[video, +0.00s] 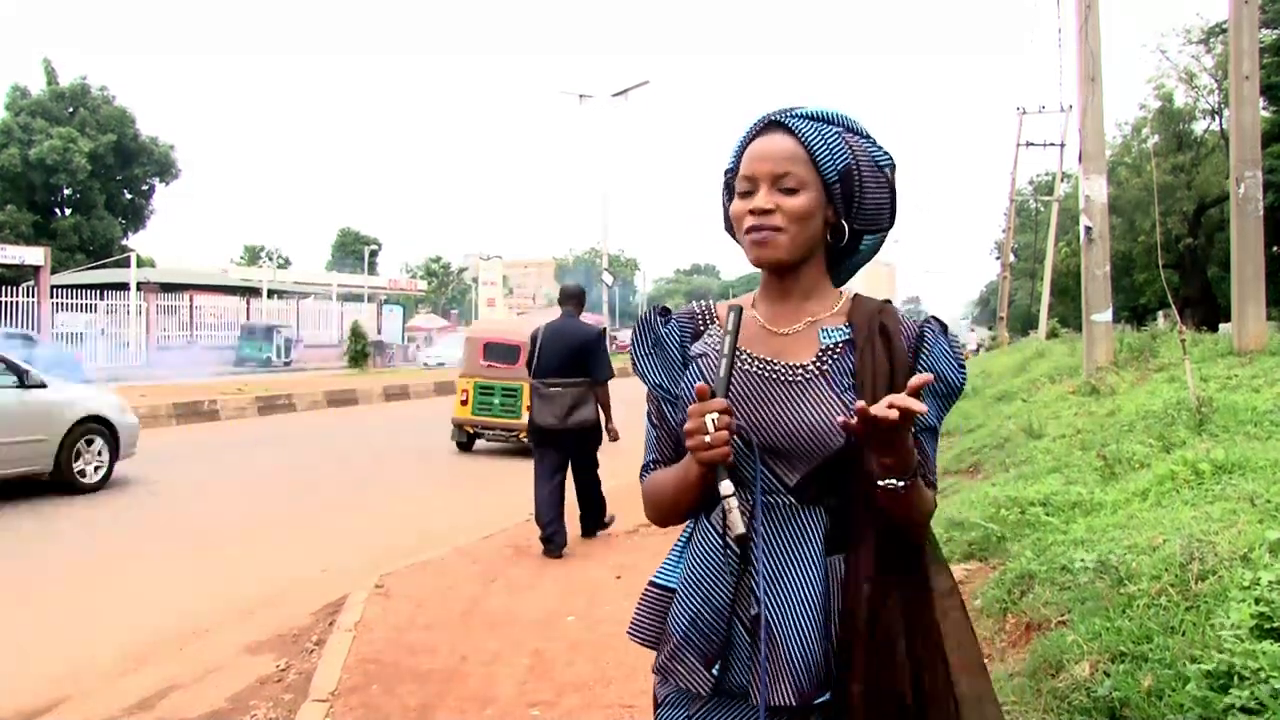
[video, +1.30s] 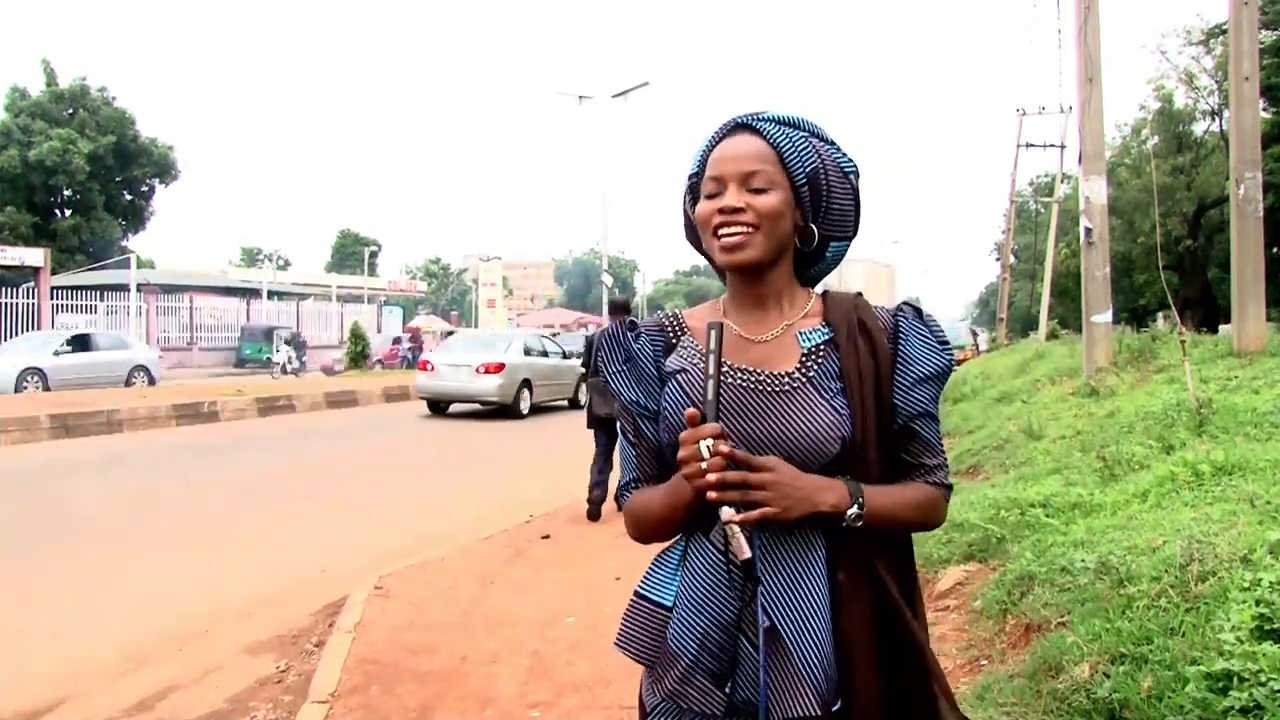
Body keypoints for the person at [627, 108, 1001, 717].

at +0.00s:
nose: (760, 204)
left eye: (787, 187)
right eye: (746, 189)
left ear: (834, 209)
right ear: (731, 209)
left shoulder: (891, 340)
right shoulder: (691, 337)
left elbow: (916, 518)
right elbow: (658, 507)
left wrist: (889, 449)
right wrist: (696, 462)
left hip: (846, 632)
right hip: (715, 626)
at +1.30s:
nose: (729, 204)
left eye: (757, 187)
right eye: (712, 190)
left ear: (802, 210)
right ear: (696, 215)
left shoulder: (878, 338)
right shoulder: (659, 349)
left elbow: (931, 500)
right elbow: (640, 521)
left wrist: (821, 493)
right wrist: (685, 485)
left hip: (841, 649)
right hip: (702, 650)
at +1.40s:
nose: (729, 205)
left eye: (758, 189)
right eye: (715, 189)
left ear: (804, 215)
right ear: (699, 211)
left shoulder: (877, 342)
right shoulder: (660, 351)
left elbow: (927, 503)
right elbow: (644, 523)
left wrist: (814, 494)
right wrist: (684, 487)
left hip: (841, 647)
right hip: (704, 649)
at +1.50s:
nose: (733, 206)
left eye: (762, 191)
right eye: (720, 190)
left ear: (809, 217)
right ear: (705, 208)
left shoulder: (877, 342)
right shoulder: (666, 349)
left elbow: (926, 504)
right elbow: (645, 521)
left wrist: (813, 494)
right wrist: (685, 486)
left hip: (847, 651)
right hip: (709, 654)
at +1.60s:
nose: (738, 205)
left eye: (768, 190)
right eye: (727, 189)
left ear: (814, 218)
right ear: (709, 208)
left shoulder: (883, 342)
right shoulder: (672, 349)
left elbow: (933, 506)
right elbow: (649, 521)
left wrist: (817, 493)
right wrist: (689, 485)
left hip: (847, 651)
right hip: (711, 652)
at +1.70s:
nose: (747, 204)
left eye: (777, 190)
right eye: (736, 187)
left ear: (823, 218)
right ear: (720, 205)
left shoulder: (892, 343)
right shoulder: (677, 348)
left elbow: (941, 506)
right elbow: (656, 519)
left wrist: (827, 489)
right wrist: (698, 483)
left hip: (859, 650)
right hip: (718, 651)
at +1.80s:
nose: (758, 202)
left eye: (788, 188)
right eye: (745, 184)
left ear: (832, 216)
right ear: (729, 202)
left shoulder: (900, 342)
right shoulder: (682, 346)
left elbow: (946, 505)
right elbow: (661, 518)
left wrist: (839, 484)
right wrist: (708, 479)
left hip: (864, 650)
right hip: (724, 649)